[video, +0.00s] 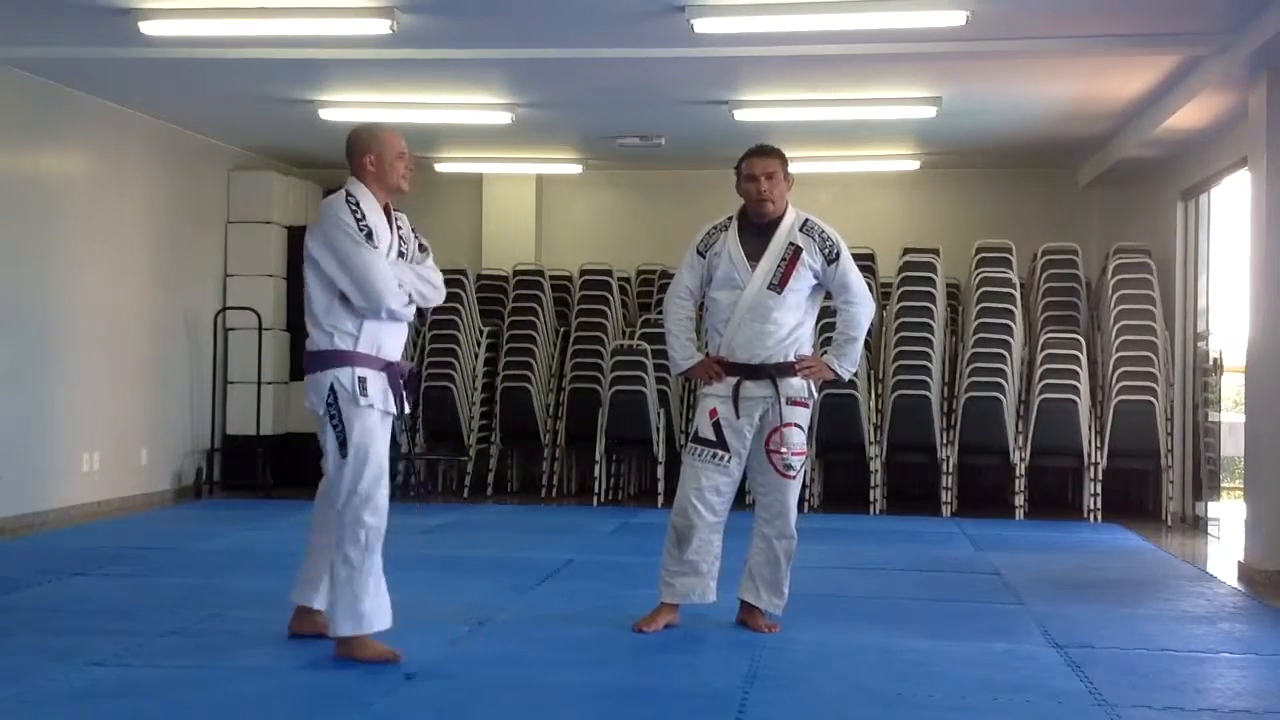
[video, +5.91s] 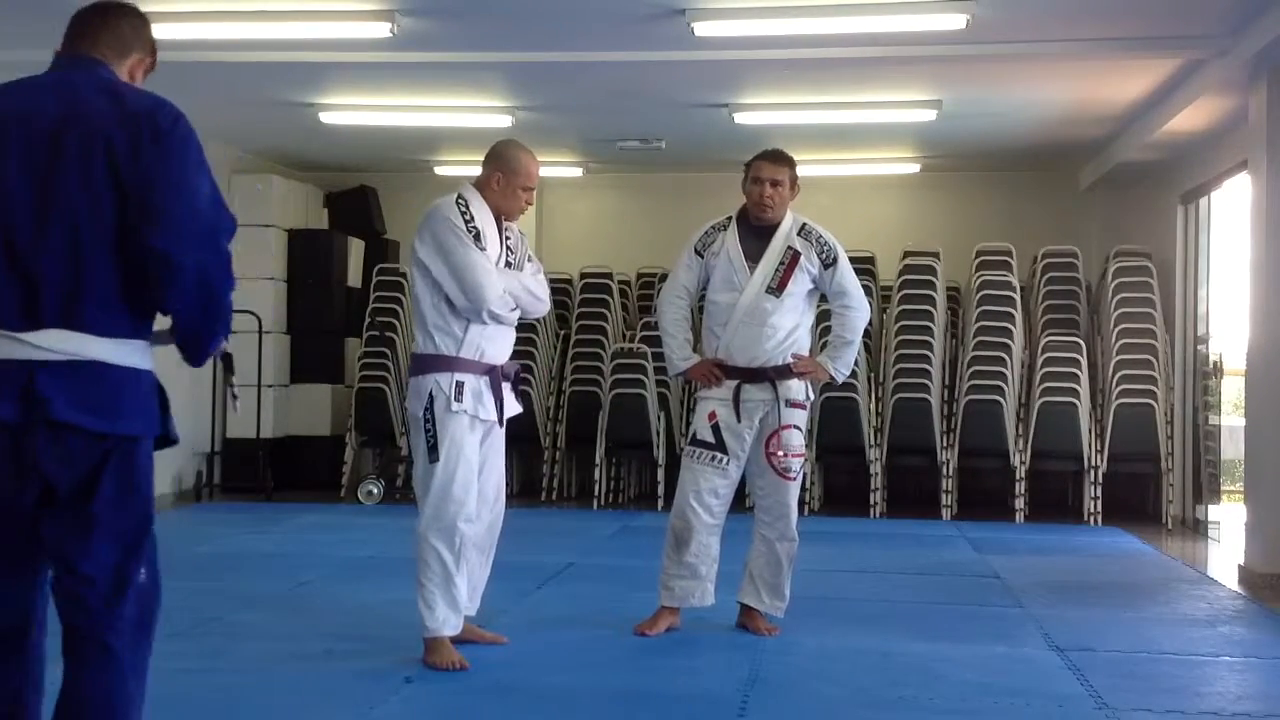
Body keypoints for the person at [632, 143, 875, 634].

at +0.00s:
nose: (761, 187)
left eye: (771, 177)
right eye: (751, 179)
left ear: (788, 183)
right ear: (738, 186)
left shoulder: (818, 240)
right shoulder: (712, 239)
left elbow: (857, 303)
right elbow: (678, 301)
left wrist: (838, 361)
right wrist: (688, 357)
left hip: (787, 390)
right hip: (722, 385)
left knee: (778, 506)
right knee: (695, 499)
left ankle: (756, 605)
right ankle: (670, 602)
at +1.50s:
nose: (763, 203)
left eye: (773, 194)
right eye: (754, 193)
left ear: (790, 194)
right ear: (740, 191)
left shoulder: (814, 244)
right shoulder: (713, 237)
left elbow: (851, 304)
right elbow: (669, 298)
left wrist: (860, 287)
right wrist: (687, 360)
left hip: (787, 390)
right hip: (722, 386)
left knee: (780, 506)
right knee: (695, 501)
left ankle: (757, 604)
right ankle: (672, 602)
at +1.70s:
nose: (765, 203)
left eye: (775, 194)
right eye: (756, 193)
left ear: (790, 195)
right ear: (740, 191)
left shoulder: (806, 238)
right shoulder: (711, 236)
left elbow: (860, 262)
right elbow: (668, 298)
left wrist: (847, 213)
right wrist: (686, 361)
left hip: (784, 388)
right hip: (720, 386)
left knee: (779, 506)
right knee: (694, 502)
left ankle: (757, 604)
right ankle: (672, 603)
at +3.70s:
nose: (747, 201)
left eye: (759, 196)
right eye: (745, 190)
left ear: (786, 200)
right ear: (742, 186)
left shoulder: (810, 239)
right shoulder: (717, 236)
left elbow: (853, 221)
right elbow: (676, 296)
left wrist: (810, 182)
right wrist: (687, 357)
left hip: (787, 389)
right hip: (723, 386)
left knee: (780, 506)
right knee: (696, 501)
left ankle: (755, 606)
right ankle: (672, 604)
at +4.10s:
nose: (736, 202)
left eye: (746, 195)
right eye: (733, 192)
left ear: (775, 195)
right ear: (731, 188)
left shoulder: (807, 240)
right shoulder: (712, 238)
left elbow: (866, 285)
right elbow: (674, 302)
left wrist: (825, 247)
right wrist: (687, 360)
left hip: (785, 389)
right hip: (721, 386)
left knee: (780, 506)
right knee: (696, 502)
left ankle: (756, 605)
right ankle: (672, 604)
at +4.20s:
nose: (733, 203)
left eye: (743, 196)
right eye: (729, 194)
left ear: (771, 194)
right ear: (725, 190)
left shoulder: (809, 239)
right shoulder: (709, 240)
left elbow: (861, 282)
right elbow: (674, 303)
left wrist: (846, 311)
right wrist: (687, 360)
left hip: (786, 390)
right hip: (722, 387)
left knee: (780, 506)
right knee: (696, 501)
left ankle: (756, 605)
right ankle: (672, 604)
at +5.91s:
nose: (765, 193)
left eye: (776, 185)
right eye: (757, 183)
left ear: (793, 192)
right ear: (743, 187)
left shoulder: (817, 246)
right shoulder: (711, 238)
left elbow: (854, 307)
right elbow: (673, 299)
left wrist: (832, 364)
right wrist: (686, 358)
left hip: (785, 392)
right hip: (720, 387)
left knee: (778, 508)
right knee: (694, 502)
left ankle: (756, 607)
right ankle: (671, 605)